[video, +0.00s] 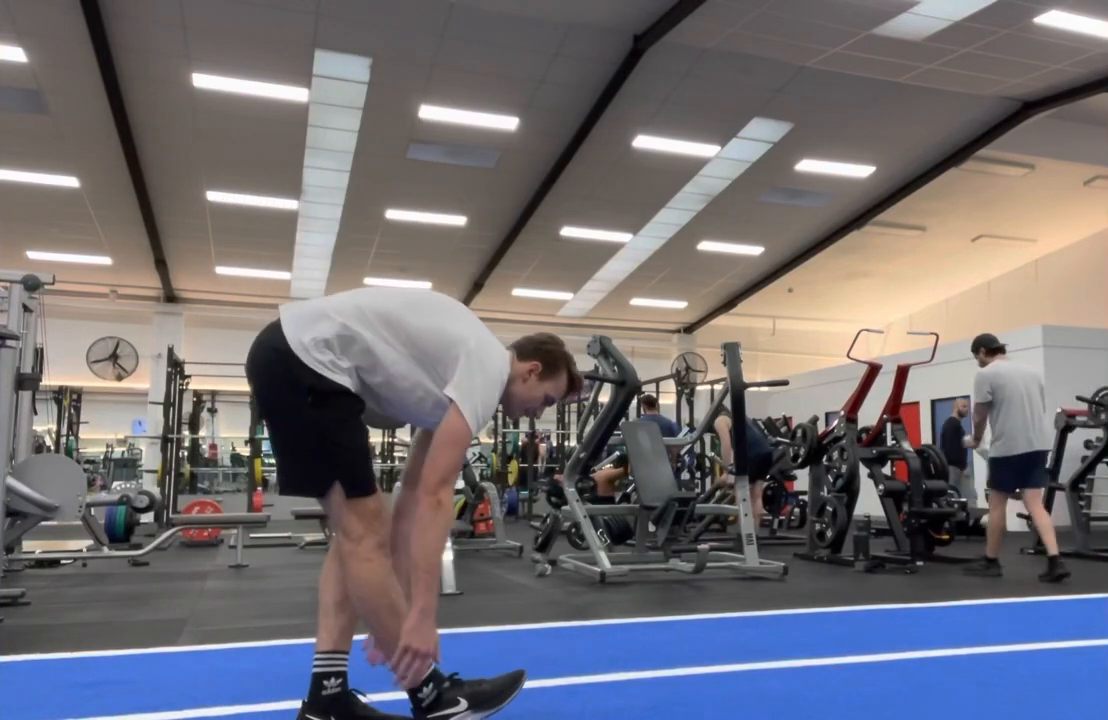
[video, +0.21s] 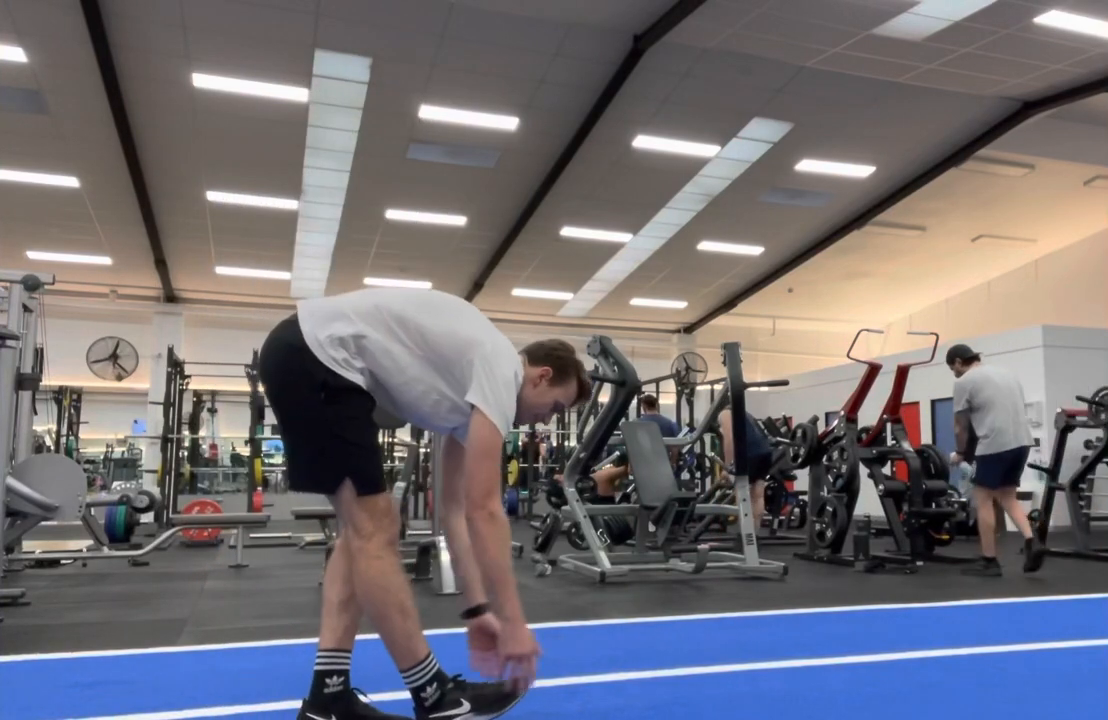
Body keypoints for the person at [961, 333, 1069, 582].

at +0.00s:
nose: (977, 362)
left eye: (976, 358)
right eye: (975, 358)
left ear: (982, 352)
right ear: (1002, 350)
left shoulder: (986, 374)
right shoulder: (1031, 372)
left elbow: (980, 416)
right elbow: (1041, 408)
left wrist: (976, 440)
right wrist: (1029, 434)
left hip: (1006, 448)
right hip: (1039, 445)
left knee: (997, 504)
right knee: (1035, 504)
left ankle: (990, 560)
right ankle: (1056, 561)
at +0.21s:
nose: (954, 374)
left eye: (953, 369)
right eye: (953, 370)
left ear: (958, 362)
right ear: (976, 358)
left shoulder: (964, 382)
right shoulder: (1005, 373)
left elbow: (961, 428)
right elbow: (1018, 408)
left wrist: (961, 453)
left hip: (994, 446)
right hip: (1021, 442)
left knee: (983, 498)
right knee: (1007, 496)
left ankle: (989, 559)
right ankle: (1031, 539)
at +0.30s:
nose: (945, 380)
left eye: (944, 375)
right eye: (943, 376)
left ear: (949, 368)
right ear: (965, 364)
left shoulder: (956, 386)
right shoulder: (989, 376)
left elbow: (956, 431)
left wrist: (954, 460)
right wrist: (969, 456)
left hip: (992, 442)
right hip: (1018, 438)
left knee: (981, 498)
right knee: (998, 495)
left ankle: (989, 558)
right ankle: (1012, 552)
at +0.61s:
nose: (928, 405)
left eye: (927, 400)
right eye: (926, 402)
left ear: (931, 392)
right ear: (942, 388)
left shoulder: (943, 404)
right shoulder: (963, 394)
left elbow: (945, 446)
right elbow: (987, 430)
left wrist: (944, 478)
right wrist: (974, 463)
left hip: (993, 444)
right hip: (1010, 441)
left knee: (974, 498)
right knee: (985, 498)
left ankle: (988, 558)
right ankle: (982, 552)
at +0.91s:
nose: (920, 418)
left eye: (917, 414)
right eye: (917, 416)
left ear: (921, 406)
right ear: (928, 402)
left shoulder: (938, 411)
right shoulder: (952, 406)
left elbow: (944, 453)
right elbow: (962, 456)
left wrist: (944, 482)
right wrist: (947, 480)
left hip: (995, 442)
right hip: (1007, 439)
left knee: (976, 497)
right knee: (980, 499)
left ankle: (997, 555)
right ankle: (981, 554)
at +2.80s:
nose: (914, 438)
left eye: (911, 433)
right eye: (911, 435)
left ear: (915, 424)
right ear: (918, 423)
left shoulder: (939, 420)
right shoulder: (938, 434)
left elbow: (959, 457)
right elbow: (947, 471)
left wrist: (957, 487)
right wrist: (937, 503)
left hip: (1007, 440)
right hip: (992, 446)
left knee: (1000, 498)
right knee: (983, 497)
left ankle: (1006, 559)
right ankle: (981, 555)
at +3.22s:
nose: (915, 406)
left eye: (913, 400)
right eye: (912, 402)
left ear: (920, 392)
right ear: (923, 392)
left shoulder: (942, 397)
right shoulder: (942, 405)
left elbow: (949, 431)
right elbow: (951, 445)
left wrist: (940, 457)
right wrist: (946, 474)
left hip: (999, 441)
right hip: (985, 445)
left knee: (988, 495)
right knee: (977, 496)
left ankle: (1004, 557)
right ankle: (981, 554)